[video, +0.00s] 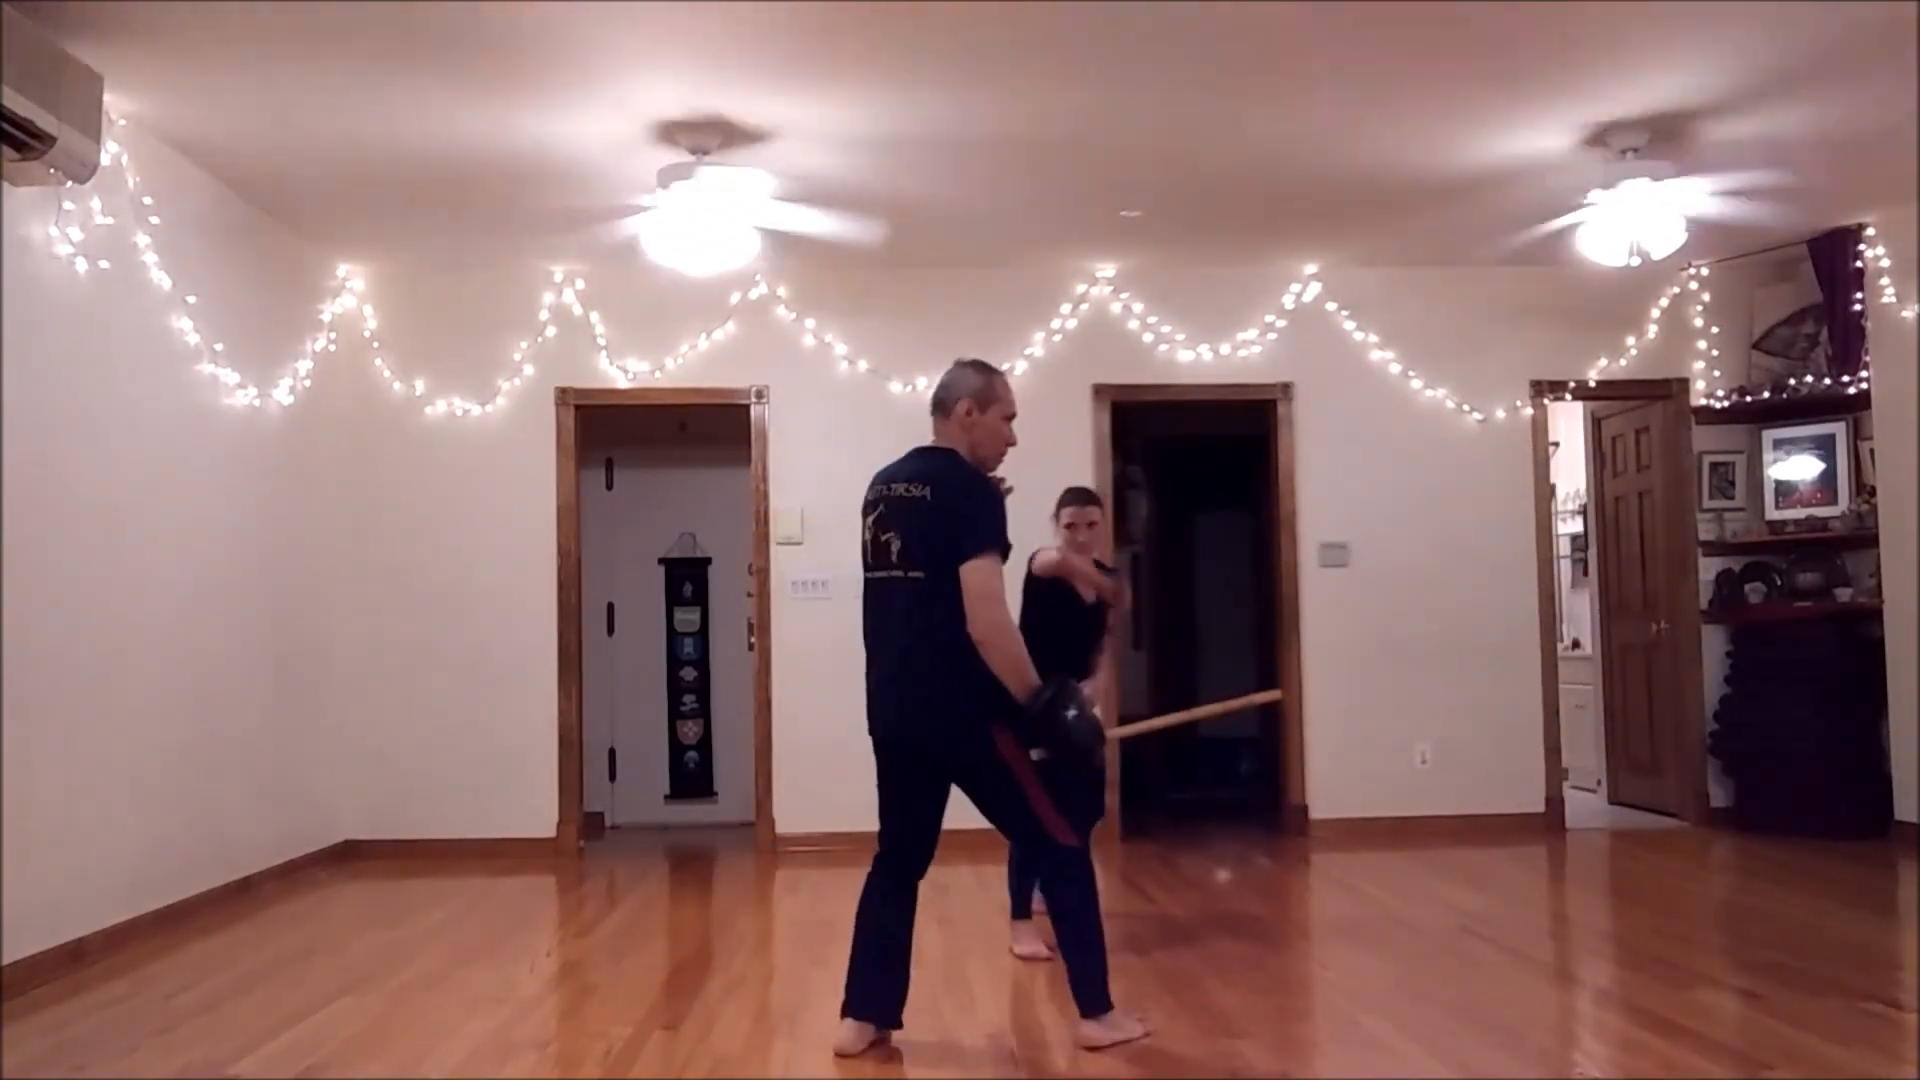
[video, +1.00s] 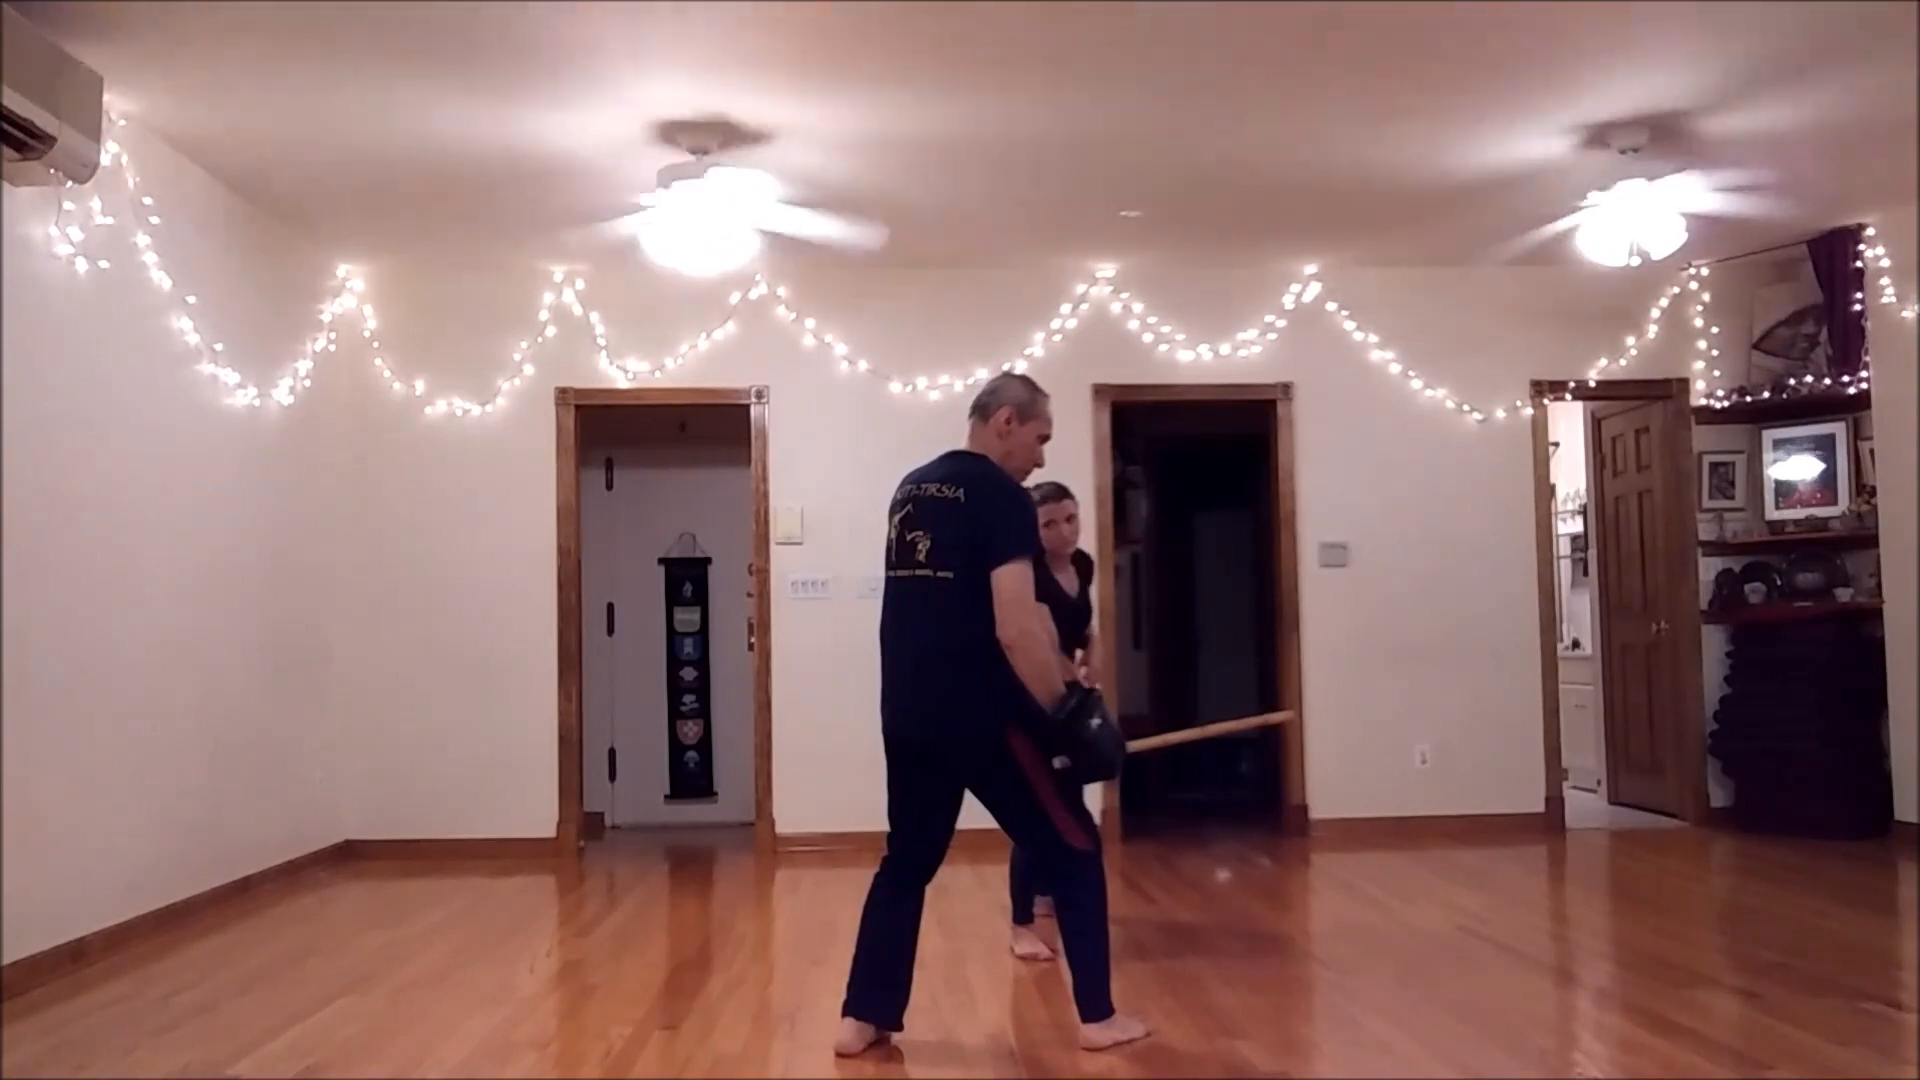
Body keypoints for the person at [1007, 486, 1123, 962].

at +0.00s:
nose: (1082, 534)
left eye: (1091, 526)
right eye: (1072, 526)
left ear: (1104, 527)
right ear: (1056, 528)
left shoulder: (1108, 580)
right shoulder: (1042, 562)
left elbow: (1104, 649)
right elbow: (1051, 561)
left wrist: (1093, 698)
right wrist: (1088, 576)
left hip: (1079, 703)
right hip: (1033, 701)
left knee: (1088, 803)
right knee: (1031, 809)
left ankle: (1058, 892)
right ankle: (1020, 918)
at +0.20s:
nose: (1075, 535)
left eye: (1081, 525)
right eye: (1066, 526)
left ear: (1092, 527)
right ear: (1049, 528)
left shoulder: (1097, 579)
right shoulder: (1031, 569)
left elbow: (1102, 640)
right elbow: (1002, 545)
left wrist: (1105, 671)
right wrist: (1039, 526)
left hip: (1075, 703)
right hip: (1028, 701)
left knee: (1080, 814)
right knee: (1038, 815)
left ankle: (1068, 919)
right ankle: (1023, 923)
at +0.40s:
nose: (1063, 532)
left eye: (1071, 522)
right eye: (1052, 524)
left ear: (1083, 525)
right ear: (1036, 529)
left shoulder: (1088, 576)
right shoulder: (1026, 575)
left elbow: (1089, 634)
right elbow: (1009, 633)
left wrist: (1103, 658)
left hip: (1070, 699)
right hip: (1027, 701)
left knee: (1072, 814)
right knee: (1040, 817)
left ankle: (1061, 914)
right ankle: (1023, 923)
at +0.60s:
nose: (1066, 533)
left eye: (1073, 523)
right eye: (1053, 525)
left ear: (1082, 526)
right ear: (1034, 532)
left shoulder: (1083, 572)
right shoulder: (1029, 582)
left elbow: (1083, 629)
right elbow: (1030, 646)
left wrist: (1096, 656)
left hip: (1067, 694)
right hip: (1027, 700)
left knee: (1054, 810)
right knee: (1048, 813)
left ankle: (1043, 915)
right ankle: (1023, 925)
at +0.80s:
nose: (1067, 533)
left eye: (1072, 523)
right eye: (1055, 526)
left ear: (1081, 525)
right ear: (1036, 533)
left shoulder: (1081, 571)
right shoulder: (1033, 582)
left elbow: (1086, 631)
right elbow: (1052, 641)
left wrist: (1096, 659)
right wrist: (1074, 669)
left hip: (1071, 692)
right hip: (1031, 697)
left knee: (1061, 808)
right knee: (1037, 815)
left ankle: (1057, 915)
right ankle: (1022, 925)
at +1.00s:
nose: (1066, 530)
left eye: (1071, 520)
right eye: (1054, 523)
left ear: (1079, 522)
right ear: (1034, 529)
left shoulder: (1082, 568)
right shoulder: (1025, 574)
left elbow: (1087, 632)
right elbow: (1025, 635)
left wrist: (1093, 672)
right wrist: (1062, 675)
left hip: (1067, 689)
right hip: (1024, 694)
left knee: (1066, 805)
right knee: (1032, 814)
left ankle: (1052, 909)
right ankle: (1022, 924)